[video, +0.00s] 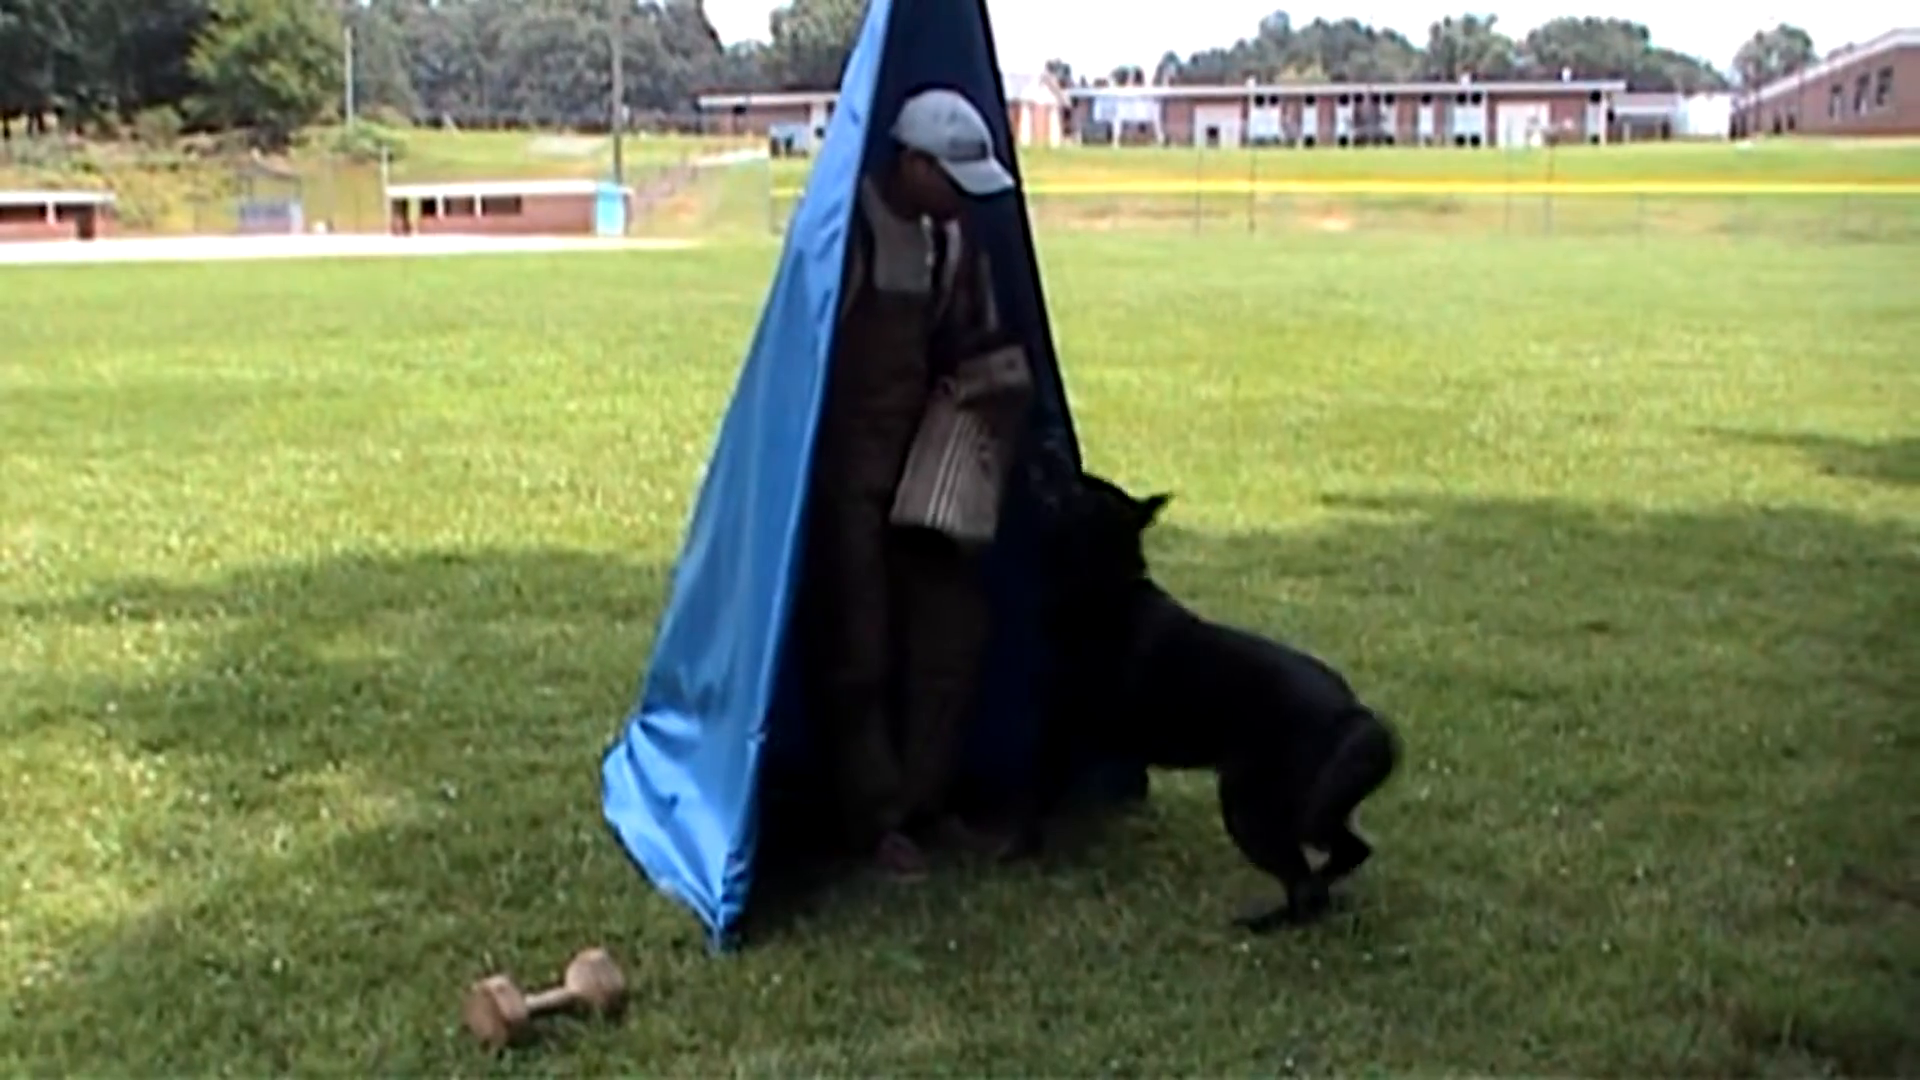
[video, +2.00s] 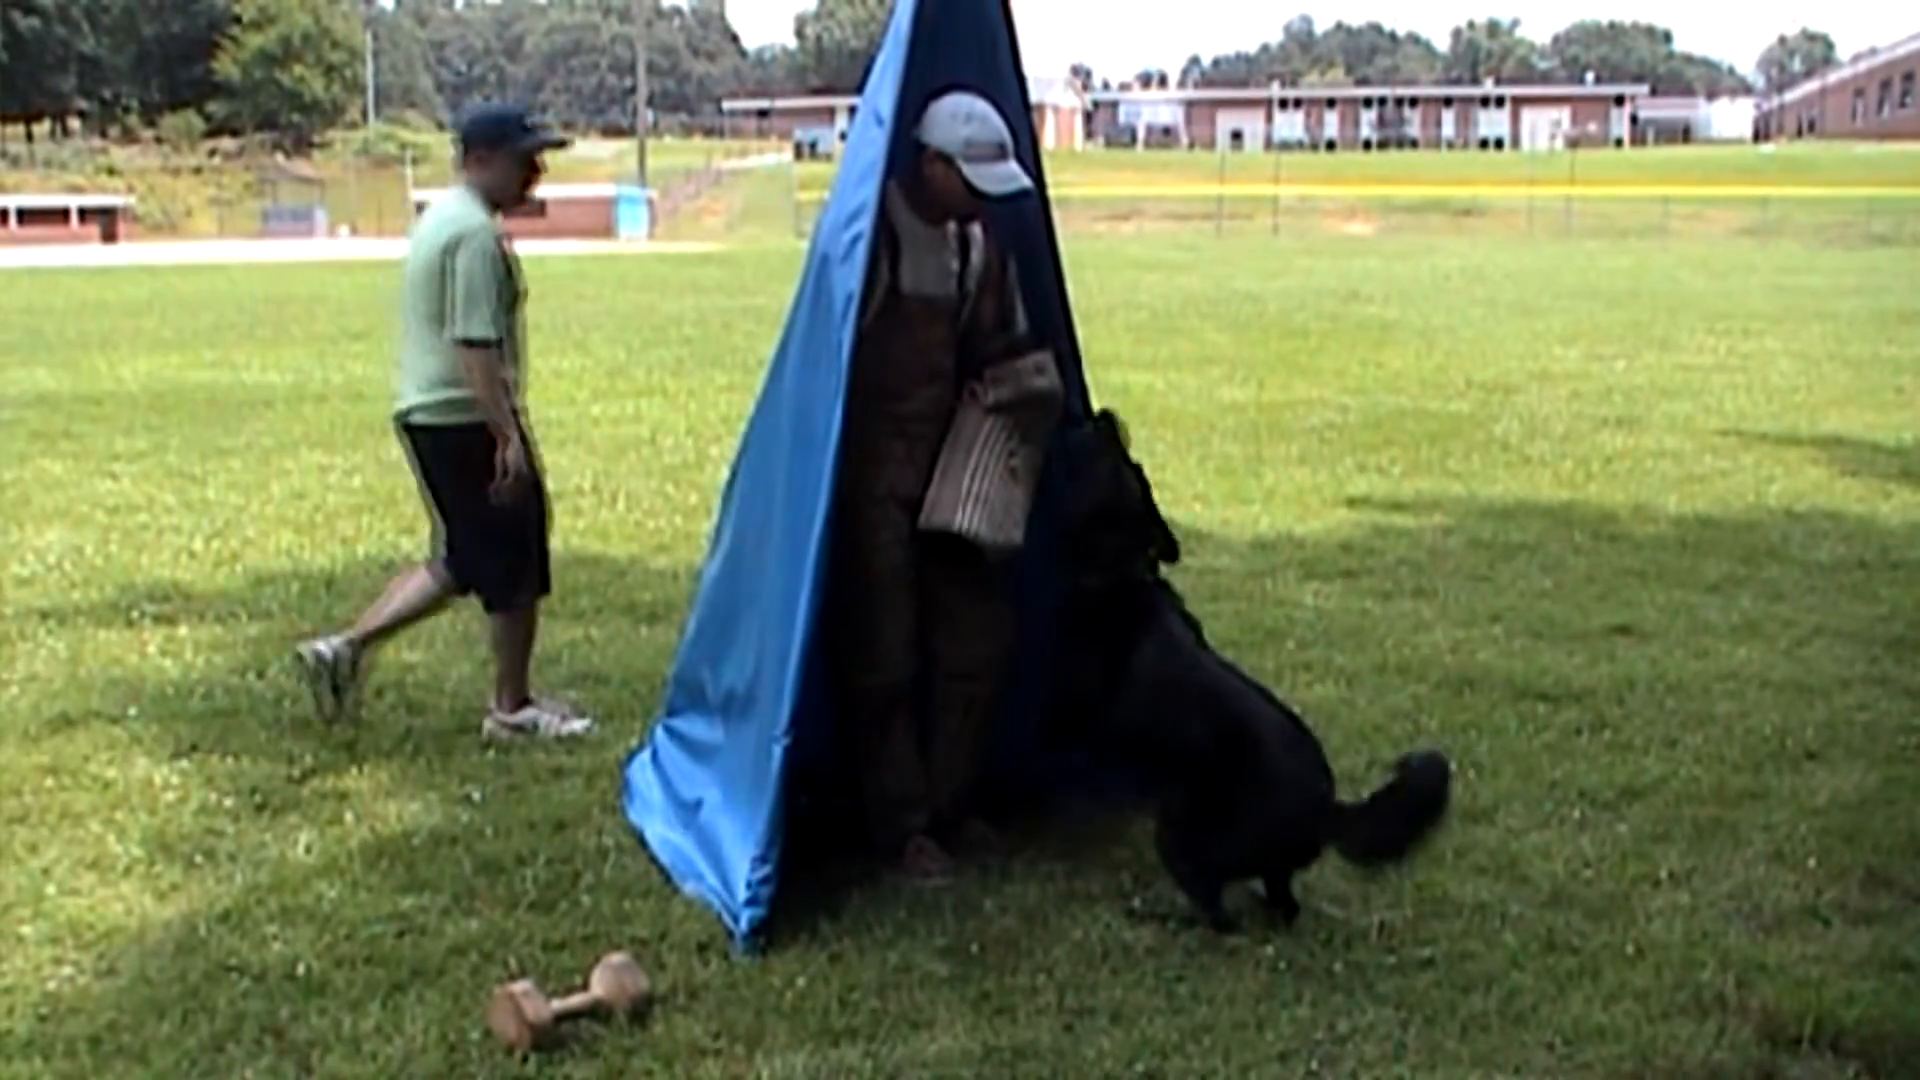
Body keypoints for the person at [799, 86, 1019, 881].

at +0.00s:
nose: (959, 200)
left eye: (967, 186)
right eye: (951, 183)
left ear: (957, 175)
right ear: (908, 163)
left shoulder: (960, 245)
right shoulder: (839, 239)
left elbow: (996, 359)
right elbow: (801, 368)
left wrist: (992, 378)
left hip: (937, 484)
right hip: (847, 485)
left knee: (944, 640)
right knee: (862, 652)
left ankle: (929, 807)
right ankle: (876, 824)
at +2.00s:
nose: (979, 200)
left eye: (986, 186)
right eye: (969, 183)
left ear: (983, 175)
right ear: (928, 164)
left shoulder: (984, 249)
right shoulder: (864, 244)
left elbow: (1020, 363)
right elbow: (824, 370)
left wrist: (1021, 383)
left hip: (963, 487)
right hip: (874, 487)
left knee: (969, 646)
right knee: (887, 657)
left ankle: (951, 810)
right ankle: (898, 828)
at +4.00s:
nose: (975, 201)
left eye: (982, 186)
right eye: (966, 183)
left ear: (975, 175)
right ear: (924, 164)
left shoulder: (978, 249)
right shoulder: (861, 242)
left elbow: (998, 359)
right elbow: (820, 364)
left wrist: (1025, 377)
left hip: (958, 475)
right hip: (871, 477)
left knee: (967, 639)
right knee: (884, 652)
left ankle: (950, 810)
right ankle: (895, 828)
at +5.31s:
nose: (971, 199)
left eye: (978, 186)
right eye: (961, 182)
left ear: (974, 174)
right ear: (917, 163)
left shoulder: (975, 245)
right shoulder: (855, 241)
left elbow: (997, 355)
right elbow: (815, 365)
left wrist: (1022, 384)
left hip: (955, 484)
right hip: (866, 486)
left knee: (961, 646)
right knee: (880, 658)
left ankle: (944, 813)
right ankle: (892, 829)